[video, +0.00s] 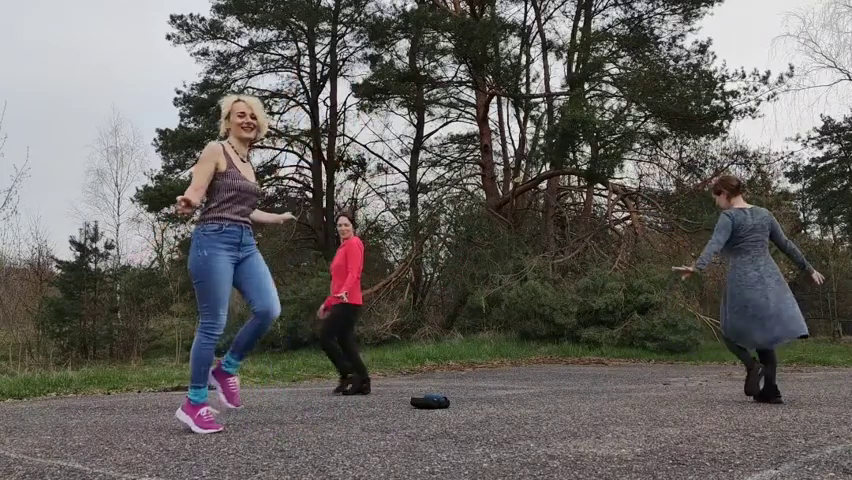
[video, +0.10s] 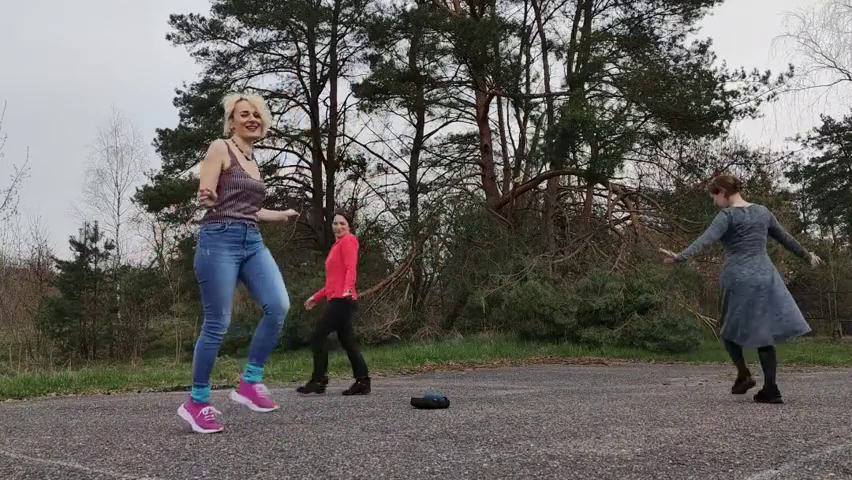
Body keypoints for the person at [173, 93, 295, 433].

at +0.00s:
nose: (247, 119)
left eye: (252, 116)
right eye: (240, 115)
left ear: (259, 124)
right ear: (228, 122)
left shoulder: (247, 164)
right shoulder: (216, 150)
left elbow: (244, 210)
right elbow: (197, 188)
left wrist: (278, 217)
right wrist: (188, 203)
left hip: (245, 243)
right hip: (213, 241)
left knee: (268, 310)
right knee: (212, 325)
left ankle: (225, 369)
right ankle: (195, 402)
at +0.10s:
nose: (251, 118)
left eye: (256, 114)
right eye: (244, 114)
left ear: (263, 123)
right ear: (231, 121)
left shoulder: (252, 161)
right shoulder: (220, 148)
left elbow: (249, 210)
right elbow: (206, 191)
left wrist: (282, 214)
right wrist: (208, 199)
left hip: (252, 242)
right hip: (219, 242)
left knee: (278, 305)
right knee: (217, 323)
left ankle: (251, 383)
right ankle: (198, 401)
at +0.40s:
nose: (280, 120)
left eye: (284, 116)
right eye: (271, 117)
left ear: (291, 126)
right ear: (257, 127)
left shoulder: (291, 165)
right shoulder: (252, 155)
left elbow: (288, 211)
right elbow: (241, 202)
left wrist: (302, 190)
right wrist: (254, 174)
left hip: (290, 252)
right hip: (253, 249)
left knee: (294, 336)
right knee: (244, 334)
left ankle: (305, 413)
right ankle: (204, 398)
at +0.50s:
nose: (293, 114)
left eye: (297, 110)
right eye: (284, 110)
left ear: (304, 120)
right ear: (270, 122)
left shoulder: (303, 161)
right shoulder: (264, 151)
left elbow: (296, 210)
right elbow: (252, 198)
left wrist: (313, 216)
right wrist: (263, 171)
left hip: (305, 247)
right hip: (269, 243)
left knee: (304, 334)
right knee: (272, 331)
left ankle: (306, 414)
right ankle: (223, 389)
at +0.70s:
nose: (317, 112)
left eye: (321, 108)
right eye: (309, 107)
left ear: (325, 117)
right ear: (292, 116)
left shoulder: (317, 159)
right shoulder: (284, 147)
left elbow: (320, 213)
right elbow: (270, 193)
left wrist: (345, 205)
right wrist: (275, 196)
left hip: (324, 239)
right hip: (294, 236)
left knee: (311, 327)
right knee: (326, 318)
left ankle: (307, 414)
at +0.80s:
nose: (331, 108)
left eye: (333, 104)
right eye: (323, 104)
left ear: (335, 115)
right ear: (305, 114)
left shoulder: (325, 161)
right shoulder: (293, 145)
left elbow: (338, 207)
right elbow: (278, 190)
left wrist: (366, 188)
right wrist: (277, 191)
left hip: (330, 239)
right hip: (303, 235)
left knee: (316, 332)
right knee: (351, 304)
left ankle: (307, 413)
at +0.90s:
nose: (342, 107)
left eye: (342, 103)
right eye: (334, 103)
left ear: (337, 114)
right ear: (315, 111)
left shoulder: (333, 159)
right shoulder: (303, 141)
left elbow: (353, 201)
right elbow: (279, 193)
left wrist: (377, 178)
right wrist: (283, 185)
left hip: (334, 237)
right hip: (311, 234)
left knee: (323, 330)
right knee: (379, 285)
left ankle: (309, 412)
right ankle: (438, 352)